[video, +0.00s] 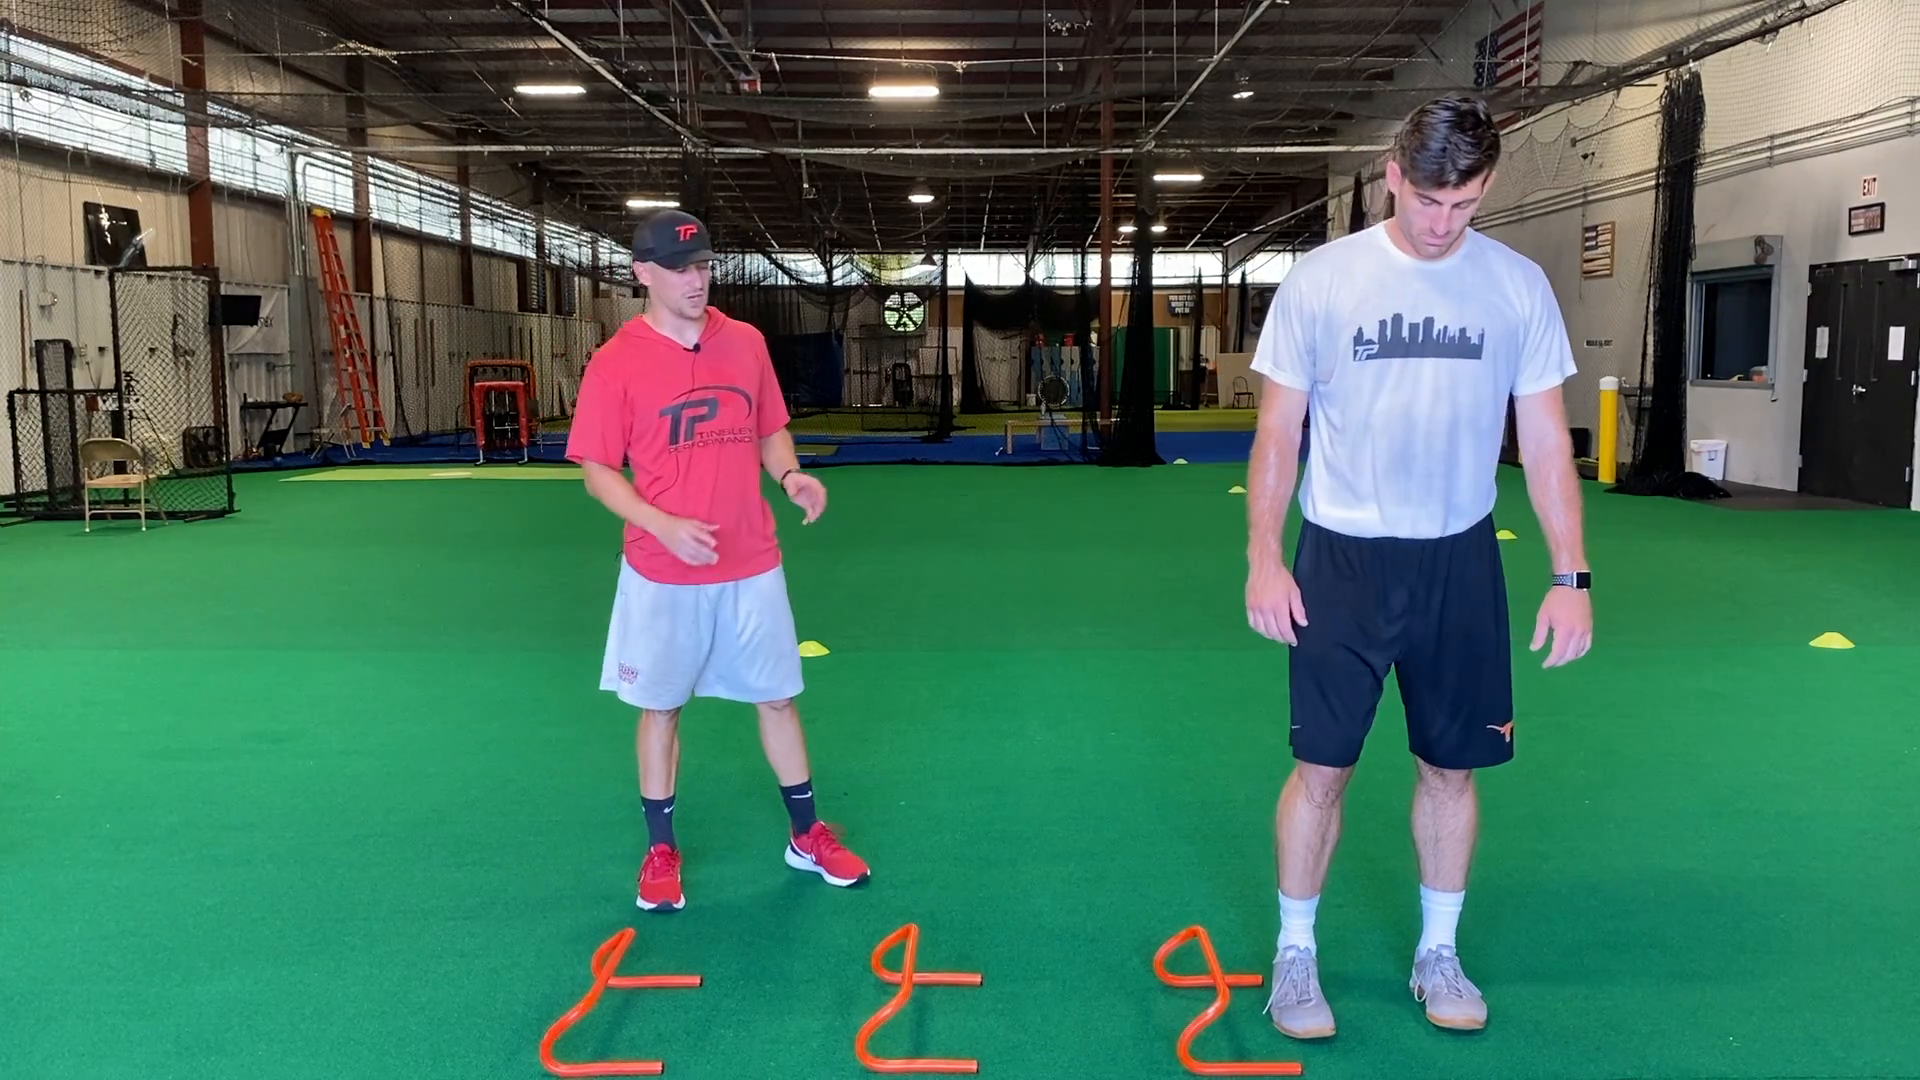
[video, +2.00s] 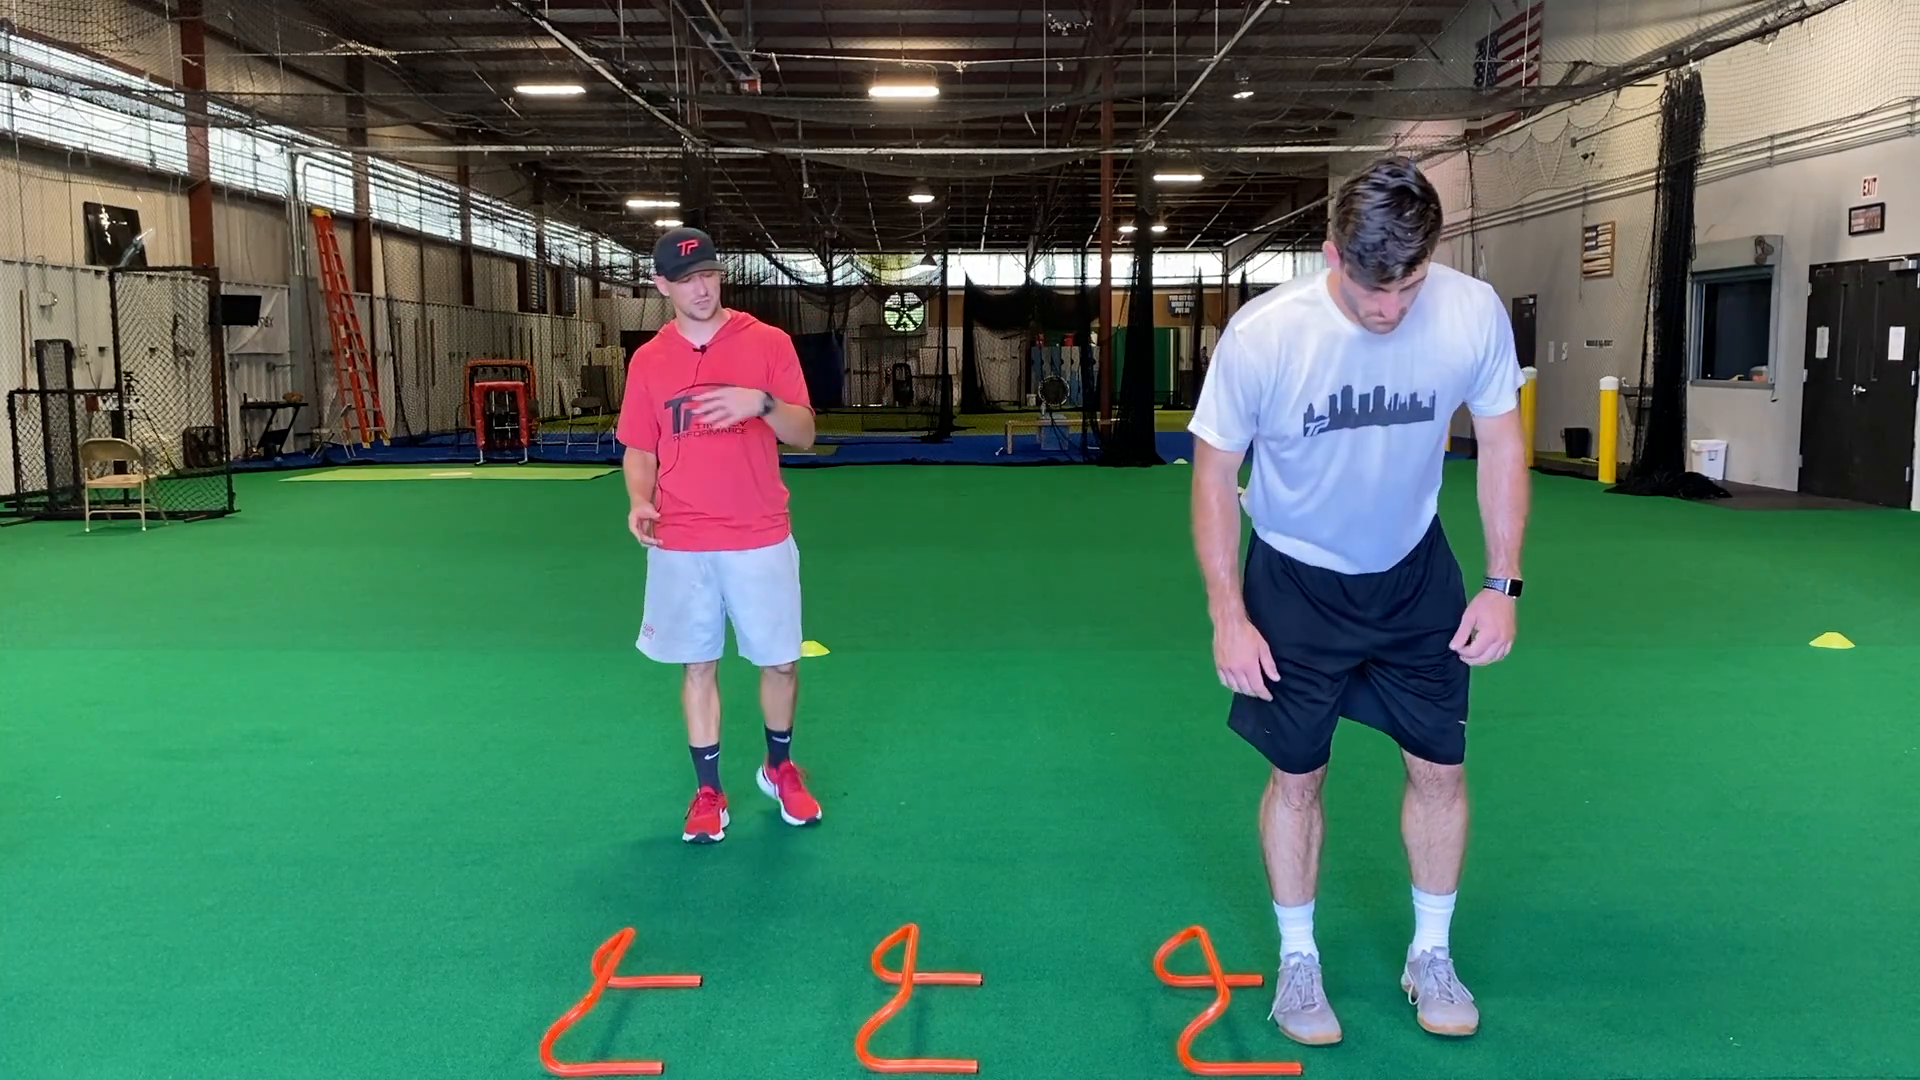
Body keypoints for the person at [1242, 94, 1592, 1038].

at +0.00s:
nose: (1448, 223)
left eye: (1467, 205)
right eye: (1431, 202)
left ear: (1489, 189)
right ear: (1391, 176)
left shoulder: (1516, 285)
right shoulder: (1319, 282)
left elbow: (1546, 441)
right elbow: (1278, 434)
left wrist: (1571, 575)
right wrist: (1264, 557)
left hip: (1459, 562)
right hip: (1342, 560)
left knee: (1451, 763)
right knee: (1323, 766)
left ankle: (1439, 956)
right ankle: (1295, 956)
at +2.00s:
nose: (1389, 309)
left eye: (1405, 288)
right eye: (1371, 289)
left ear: (1427, 259)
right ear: (1333, 258)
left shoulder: (1472, 314)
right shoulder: (1260, 338)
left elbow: (1501, 446)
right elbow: (1214, 472)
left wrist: (1503, 581)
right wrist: (1228, 615)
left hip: (1415, 574)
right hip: (1296, 579)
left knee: (1441, 761)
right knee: (1297, 772)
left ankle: (1432, 955)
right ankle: (1298, 961)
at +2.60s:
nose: (1367, 377)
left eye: (1386, 357)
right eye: (1349, 357)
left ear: (1410, 334)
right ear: (1309, 329)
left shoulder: (1451, 409)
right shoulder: (1229, 380)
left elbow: (1487, 514)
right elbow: (1177, 440)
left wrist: (1461, 647)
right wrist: (1180, 571)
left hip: (1369, 578)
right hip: (1248, 573)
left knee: (1410, 772)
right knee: (1259, 756)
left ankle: (1421, 957)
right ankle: (1275, 871)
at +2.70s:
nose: (1316, 376)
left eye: (1336, 356)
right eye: (1298, 355)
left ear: (1363, 335)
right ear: (1262, 331)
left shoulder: (1408, 421)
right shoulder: (1197, 388)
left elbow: (1440, 527)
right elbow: (1138, 424)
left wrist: (1387, 628)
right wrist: (1126, 539)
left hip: (1341, 590)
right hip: (1216, 579)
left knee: (1400, 789)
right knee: (1199, 739)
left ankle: (1422, 961)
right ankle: (1190, 814)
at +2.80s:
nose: (1237, 342)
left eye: (1254, 322)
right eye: (1220, 322)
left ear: (1280, 298)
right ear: (1181, 302)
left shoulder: (1334, 371)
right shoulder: (1121, 364)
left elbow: (1390, 441)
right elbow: (1078, 403)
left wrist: (1331, 516)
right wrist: (1082, 521)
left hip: (1293, 582)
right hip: (1163, 572)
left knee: (1360, 764)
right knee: (1116, 735)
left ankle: (1423, 947)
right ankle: (1091, 877)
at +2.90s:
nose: (1149, 313)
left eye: (1165, 293)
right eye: (1130, 295)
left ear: (1193, 275)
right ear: (1099, 279)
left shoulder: (1250, 333)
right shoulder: (1039, 354)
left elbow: (1320, 349)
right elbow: (1010, 423)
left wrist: (1293, 478)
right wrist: (1038, 539)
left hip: (1230, 569)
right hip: (1103, 581)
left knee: (1315, 750)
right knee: (1081, 773)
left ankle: (1343, 857)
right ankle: (1053, 942)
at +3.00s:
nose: (1073, 296)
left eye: (1090, 276)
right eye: (1056, 278)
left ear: (1123, 251)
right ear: (1027, 260)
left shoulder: (1181, 324)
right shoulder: (978, 334)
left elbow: (1262, 347)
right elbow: (948, 408)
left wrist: (1224, 476)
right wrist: (978, 498)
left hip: (1159, 546)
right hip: (1042, 565)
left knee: (1205, 714)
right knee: (1041, 753)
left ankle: (1180, 814)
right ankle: (1048, 935)